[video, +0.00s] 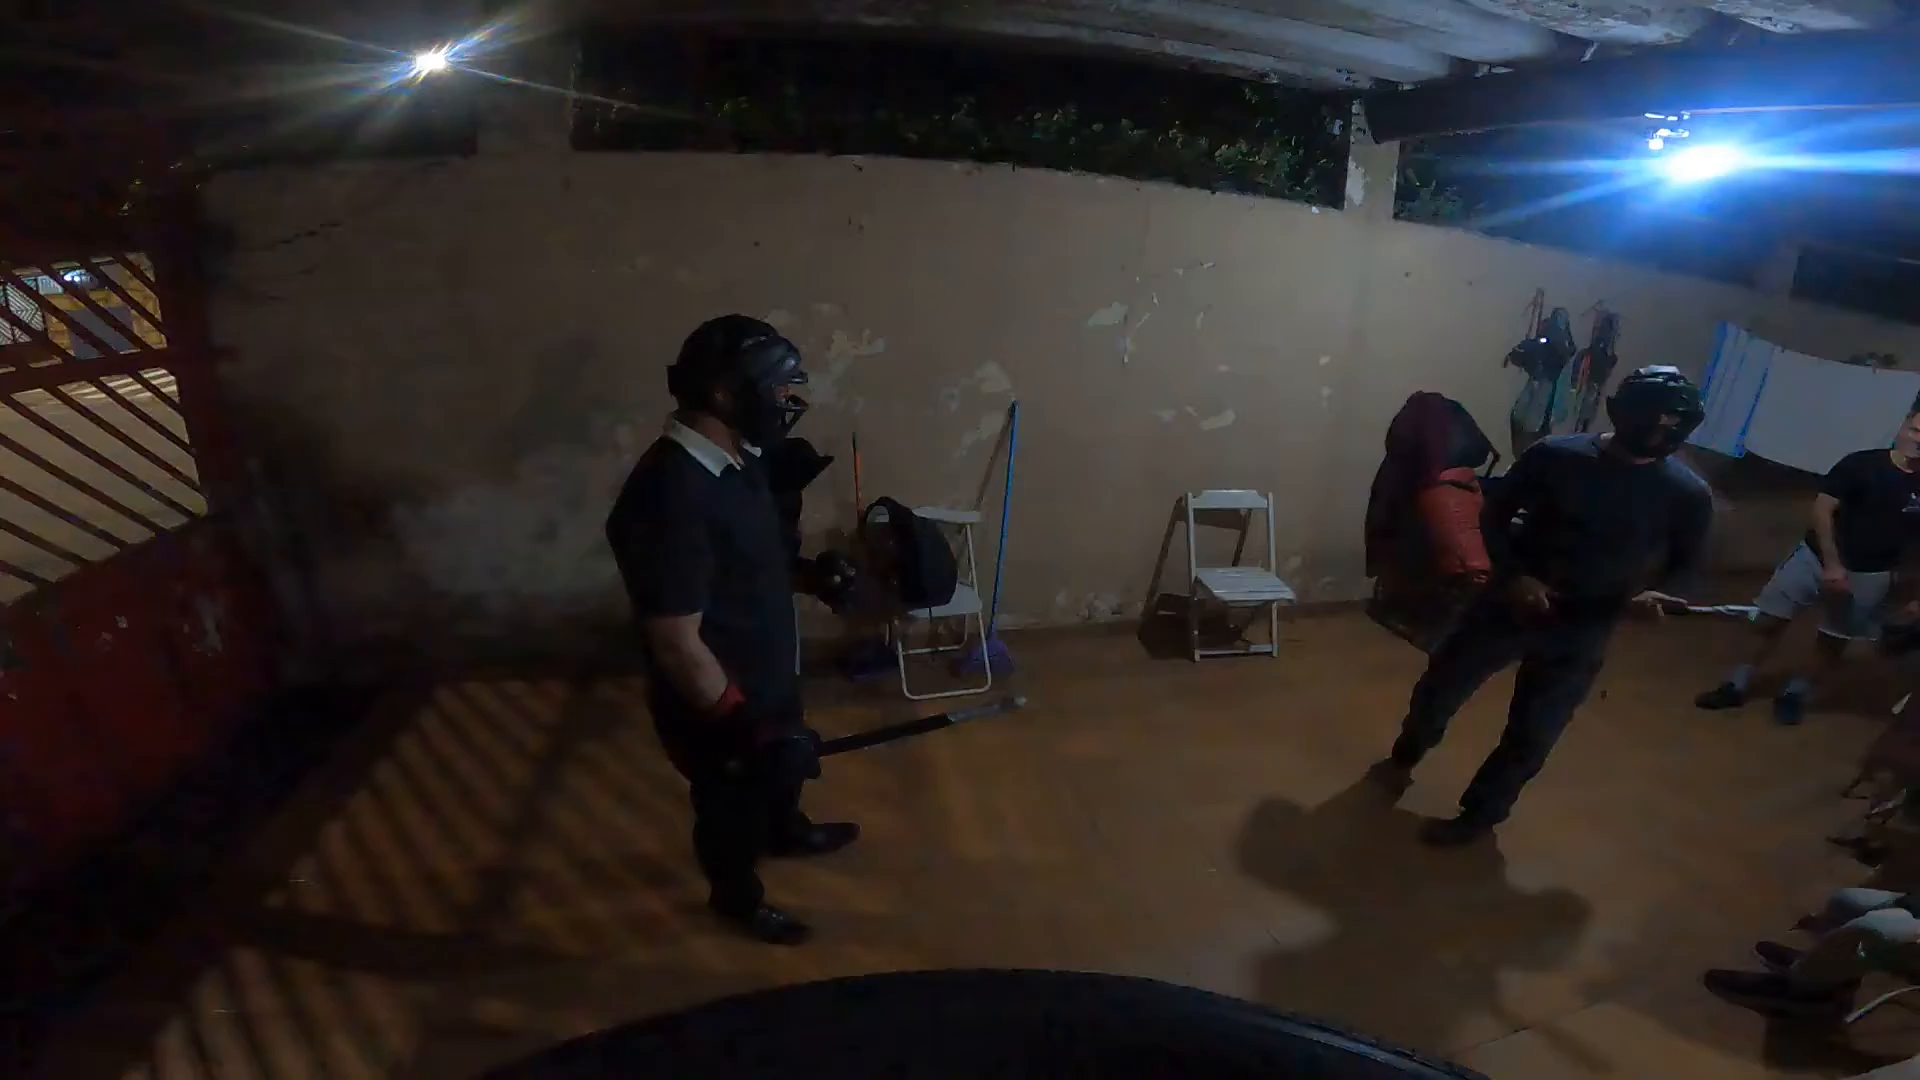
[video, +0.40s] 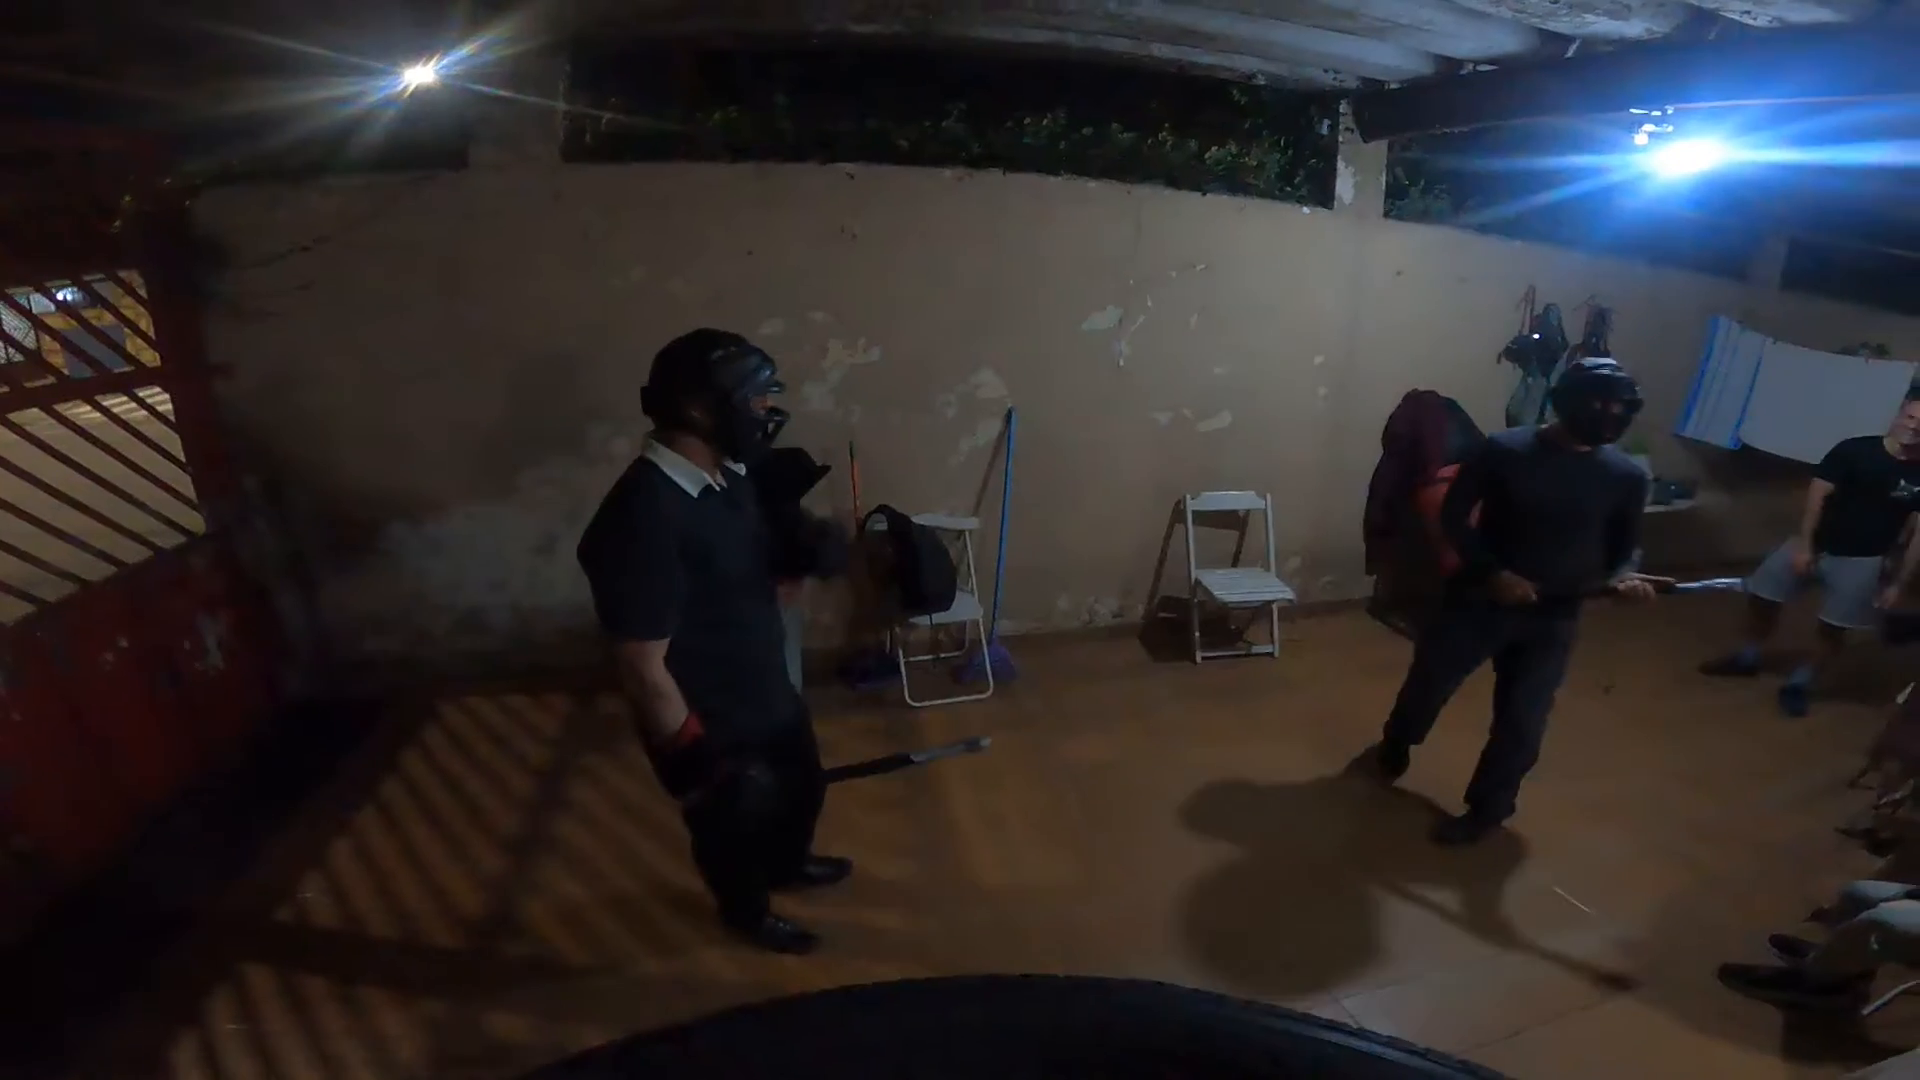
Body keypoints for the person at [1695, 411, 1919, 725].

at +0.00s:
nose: (1916, 437)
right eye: (1913, 428)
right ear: (1901, 428)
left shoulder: (1913, 489)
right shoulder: (1860, 464)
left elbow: (1914, 550)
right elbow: (1822, 507)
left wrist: (1913, 597)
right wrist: (1832, 563)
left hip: (1869, 574)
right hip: (1818, 556)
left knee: (1832, 644)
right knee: (1768, 616)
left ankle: (1798, 692)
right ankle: (1739, 683)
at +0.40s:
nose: (1912, 428)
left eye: (1919, 424)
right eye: (1909, 418)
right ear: (1897, 415)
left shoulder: (1915, 475)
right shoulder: (1853, 450)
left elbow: (1915, 534)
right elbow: (1817, 491)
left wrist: (1899, 583)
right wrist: (1804, 544)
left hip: (1861, 559)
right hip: (1817, 542)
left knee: (1833, 624)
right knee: (1761, 588)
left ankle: (1802, 682)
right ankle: (1748, 655)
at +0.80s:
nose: (1806, 406)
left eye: (1816, 401)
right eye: (1801, 398)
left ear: (1835, 403)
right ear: (1795, 398)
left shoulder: (1845, 448)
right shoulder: (1773, 432)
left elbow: (1830, 505)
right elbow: (1738, 471)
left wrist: (1796, 549)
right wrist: (1717, 513)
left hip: (1784, 539)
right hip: (1741, 526)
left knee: (1772, 607)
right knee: (1709, 581)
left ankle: (1764, 668)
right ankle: (1692, 641)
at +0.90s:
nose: (1765, 402)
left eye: (1774, 396)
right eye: (1760, 396)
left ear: (1796, 397)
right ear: (1754, 396)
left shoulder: (1811, 442)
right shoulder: (1741, 428)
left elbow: (1795, 498)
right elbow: (1711, 469)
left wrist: (1757, 539)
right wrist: (1687, 510)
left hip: (1757, 533)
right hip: (1711, 520)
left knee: (1755, 602)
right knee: (1685, 574)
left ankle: (1745, 664)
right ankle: (1676, 636)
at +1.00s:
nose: (1748, 400)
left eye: (1757, 394)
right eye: (1743, 393)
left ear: (1778, 393)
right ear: (1738, 393)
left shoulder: (1795, 437)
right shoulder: (1727, 424)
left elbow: (1783, 493)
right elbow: (1698, 467)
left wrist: (1745, 532)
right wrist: (1674, 508)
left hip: (1745, 528)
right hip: (1699, 516)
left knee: (1743, 597)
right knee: (1677, 573)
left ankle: (1733, 658)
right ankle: (1668, 634)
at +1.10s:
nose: (1718, 394)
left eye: (1727, 388)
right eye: (1713, 388)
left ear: (1747, 387)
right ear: (1708, 386)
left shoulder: (1765, 428)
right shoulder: (1699, 419)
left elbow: (1760, 485)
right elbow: (1673, 459)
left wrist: (1734, 526)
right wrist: (1649, 490)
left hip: (1721, 522)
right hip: (1679, 512)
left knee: (1715, 590)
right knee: (1659, 569)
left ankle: (1702, 646)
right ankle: (1652, 627)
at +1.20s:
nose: (1688, 391)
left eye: (1696, 384)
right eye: (1682, 384)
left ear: (1714, 382)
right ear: (1676, 383)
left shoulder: (1735, 422)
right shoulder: (1670, 417)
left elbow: (1740, 476)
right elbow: (1645, 455)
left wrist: (1725, 520)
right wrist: (1621, 486)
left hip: (1698, 512)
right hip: (1657, 503)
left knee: (1684, 578)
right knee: (1641, 563)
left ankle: (1672, 637)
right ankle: (1634, 623)